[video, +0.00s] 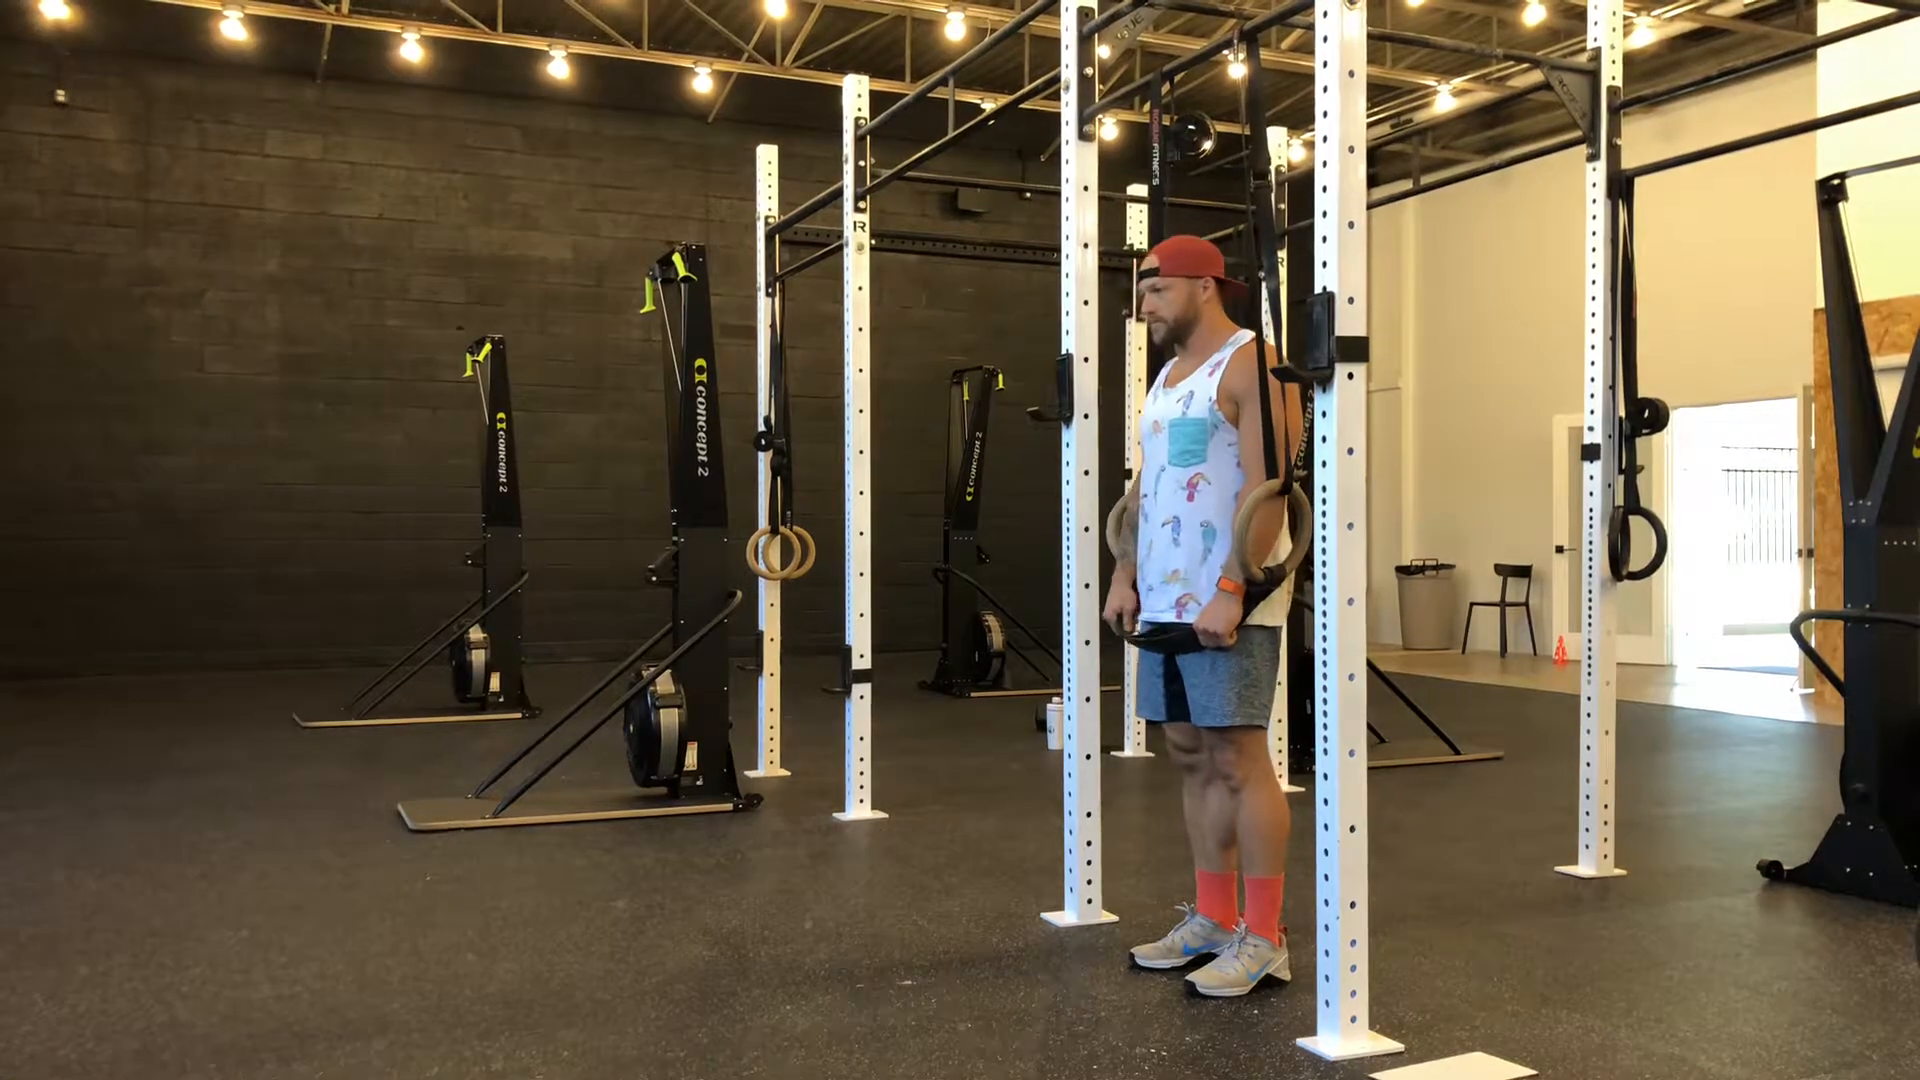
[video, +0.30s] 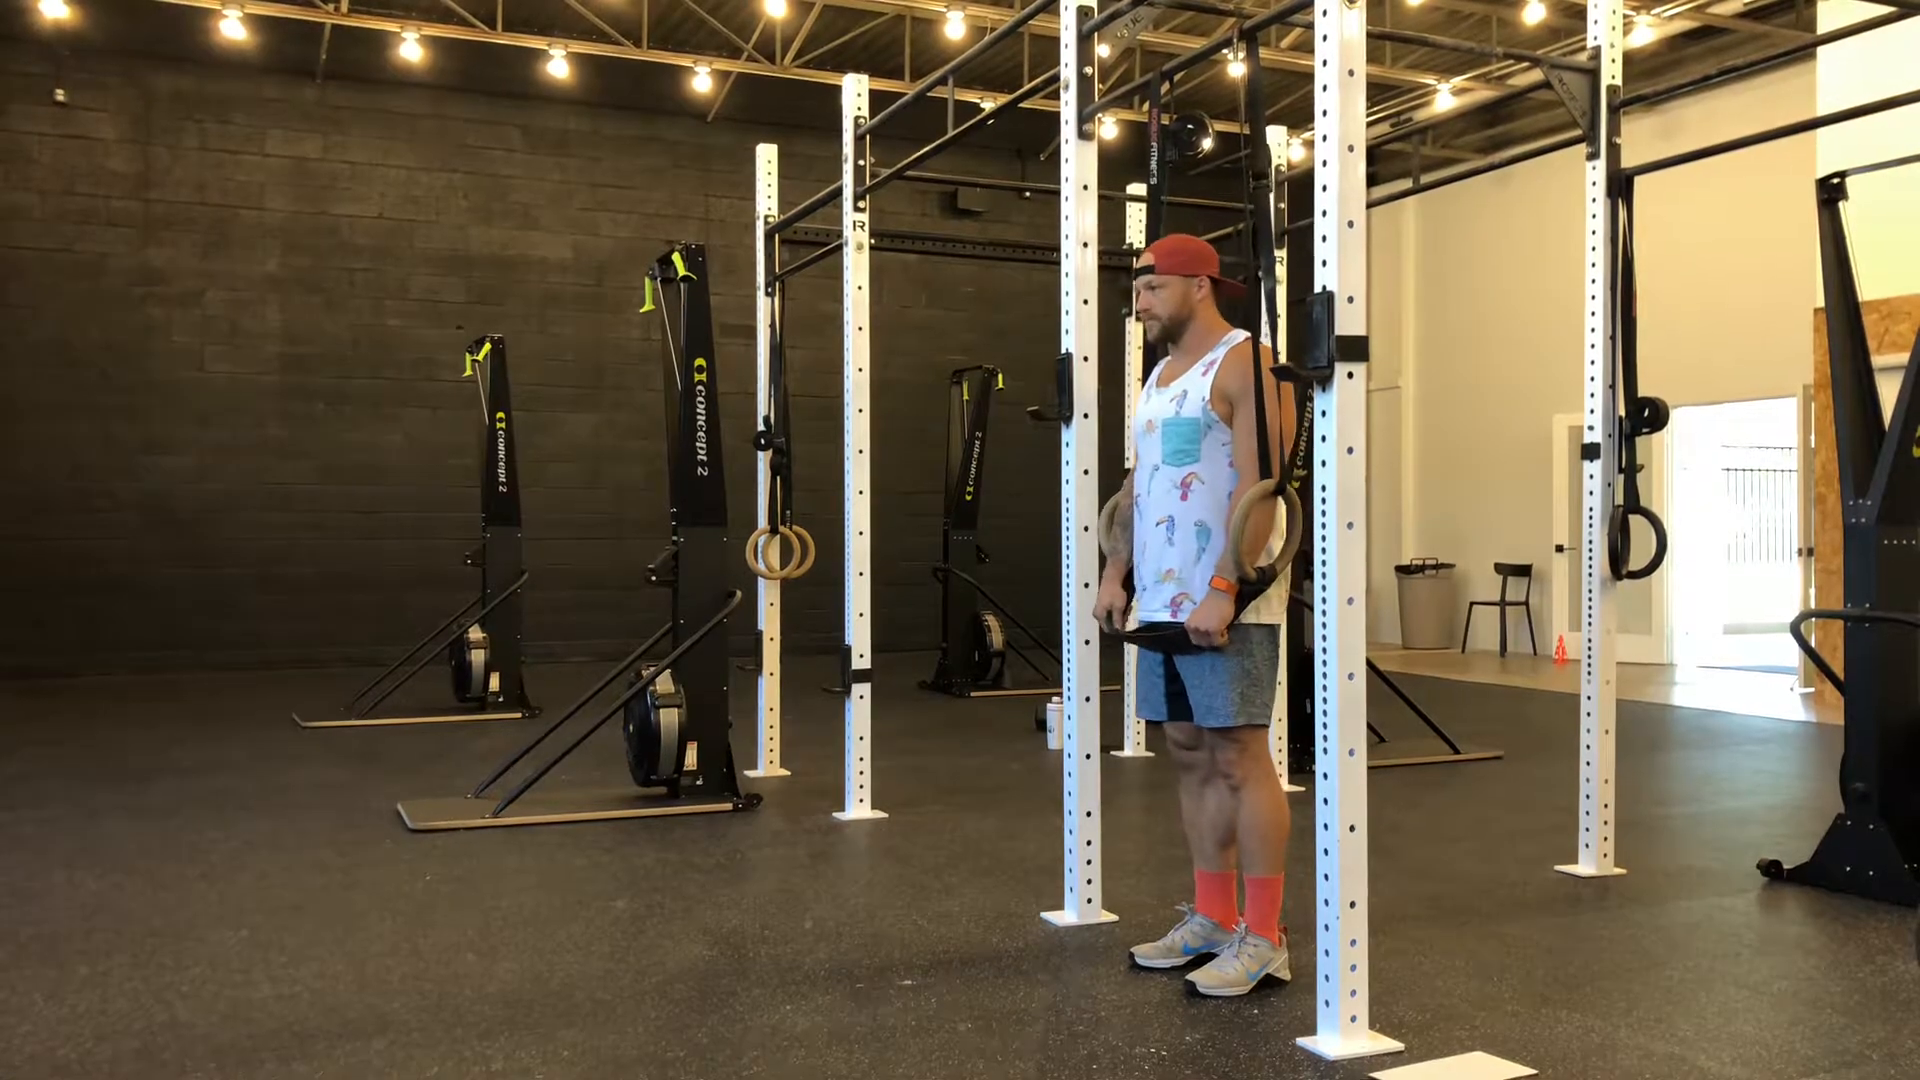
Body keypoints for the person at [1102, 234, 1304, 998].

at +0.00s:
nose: (1143, 296)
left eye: (1156, 282)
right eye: (1142, 285)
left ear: (1203, 288)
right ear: (1169, 295)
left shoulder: (1251, 364)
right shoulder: (1168, 375)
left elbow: (1267, 489)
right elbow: (1153, 491)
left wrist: (1233, 587)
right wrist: (1127, 571)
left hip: (1230, 604)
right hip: (1168, 605)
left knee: (1243, 762)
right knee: (1192, 759)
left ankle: (1263, 939)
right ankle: (1212, 921)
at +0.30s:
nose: (1139, 296)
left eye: (1153, 283)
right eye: (1138, 284)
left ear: (1199, 288)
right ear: (1158, 295)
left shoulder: (1248, 361)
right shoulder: (1161, 374)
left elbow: (1262, 485)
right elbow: (1144, 487)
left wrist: (1226, 585)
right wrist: (1117, 565)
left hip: (1230, 601)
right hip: (1167, 600)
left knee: (1243, 759)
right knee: (1191, 756)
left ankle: (1263, 938)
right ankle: (1211, 921)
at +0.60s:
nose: (1120, 304)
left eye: (1132, 291)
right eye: (1118, 293)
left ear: (1177, 295)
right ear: (1138, 301)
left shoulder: (1223, 364)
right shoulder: (1143, 376)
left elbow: (1244, 484)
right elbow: (1122, 480)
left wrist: (1197, 574)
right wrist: (1088, 551)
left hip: (1206, 595)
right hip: (1152, 594)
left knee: (1178, 754)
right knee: (1172, 754)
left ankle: (1249, 924)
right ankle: (1210, 916)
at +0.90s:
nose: (1061, 316)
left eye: (1073, 302)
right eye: (1057, 304)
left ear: (1122, 305)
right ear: (1088, 313)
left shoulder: (1175, 374)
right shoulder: (1090, 379)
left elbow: (1212, 488)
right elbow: (1082, 481)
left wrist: (1156, 558)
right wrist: (1048, 535)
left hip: (1158, 606)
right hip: (1114, 603)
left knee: (1101, 757)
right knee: (1171, 756)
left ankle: (1061, 947)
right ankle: (1217, 920)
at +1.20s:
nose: (971, 314)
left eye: (980, 298)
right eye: (968, 300)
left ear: (1029, 292)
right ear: (1010, 299)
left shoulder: (1091, 359)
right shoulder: (1016, 372)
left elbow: (1171, 444)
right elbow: (1046, 477)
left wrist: (1104, 531)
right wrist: (1004, 533)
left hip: (1073, 597)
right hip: (1027, 595)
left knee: (1028, 762)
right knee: (1041, 765)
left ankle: (1037, 959)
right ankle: (1164, 874)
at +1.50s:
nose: (893, 313)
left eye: (900, 294)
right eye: (888, 298)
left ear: (947, 280)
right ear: (930, 288)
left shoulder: (1016, 335)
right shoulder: (943, 367)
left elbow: (1111, 418)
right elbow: (983, 474)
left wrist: (1060, 521)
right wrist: (953, 554)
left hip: (1017, 602)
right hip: (955, 598)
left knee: (1017, 768)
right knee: (934, 757)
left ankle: (1036, 962)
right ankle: (929, 947)